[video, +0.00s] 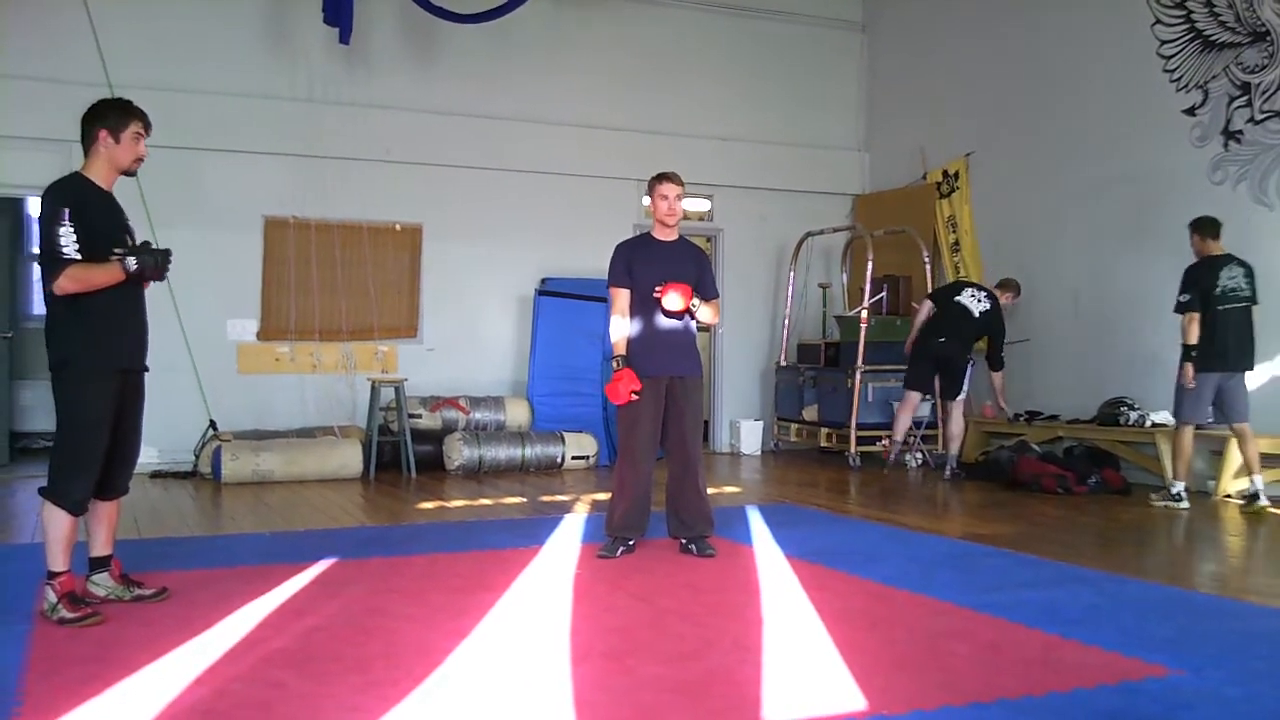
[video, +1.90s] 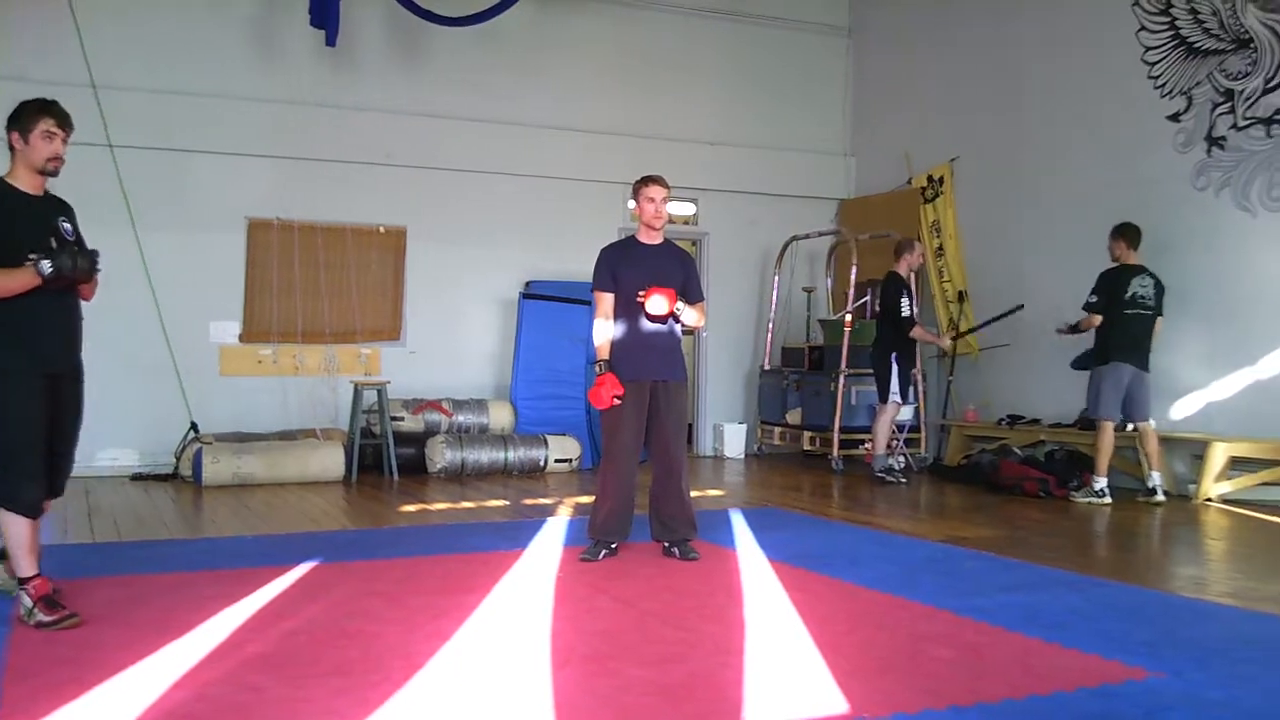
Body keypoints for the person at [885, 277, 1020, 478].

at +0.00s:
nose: (1009, 306)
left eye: (1011, 303)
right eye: (1012, 302)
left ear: (995, 285)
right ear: (1008, 297)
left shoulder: (963, 285)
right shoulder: (996, 316)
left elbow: (927, 302)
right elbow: (995, 363)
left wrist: (913, 335)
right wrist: (1000, 398)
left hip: (926, 344)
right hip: (956, 354)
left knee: (909, 400)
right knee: (955, 410)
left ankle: (892, 454)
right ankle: (951, 466)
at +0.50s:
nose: (981, 302)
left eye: (983, 298)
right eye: (983, 297)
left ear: (966, 282)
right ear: (977, 292)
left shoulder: (933, 285)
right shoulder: (965, 315)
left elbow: (899, 306)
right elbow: (964, 359)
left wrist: (892, 335)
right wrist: (967, 390)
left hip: (893, 345)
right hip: (921, 355)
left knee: (881, 399)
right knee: (925, 412)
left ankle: (863, 456)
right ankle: (923, 467)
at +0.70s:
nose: (957, 284)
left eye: (959, 280)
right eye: (958, 280)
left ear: (939, 269)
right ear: (951, 276)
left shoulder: (905, 282)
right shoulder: (940, 301)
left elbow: (879, 310)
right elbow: (940, 343)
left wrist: (880, 338)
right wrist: (948, 370)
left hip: (879, 346)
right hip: (905, 351)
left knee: (873, 404)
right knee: (913, 409)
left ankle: (861, 458)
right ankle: (912, 465)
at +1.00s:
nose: (933, 270)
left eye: (933, 266)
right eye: (931, 265)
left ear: (913, 262)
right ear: (920, 263)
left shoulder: (890, 284)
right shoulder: (911, 290)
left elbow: (885, 322)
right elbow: (915, 332)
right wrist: (936, 356)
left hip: (879, 352)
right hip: (898, 354)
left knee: (876, 407)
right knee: (915, 405)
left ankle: (869, 461)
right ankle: (916, 463)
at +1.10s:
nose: (958, 270)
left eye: (959, 265)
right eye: (956, 264)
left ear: (941, 262)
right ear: (944, 262)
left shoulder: (922, 283)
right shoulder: (932, 287)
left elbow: (922, 327)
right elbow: (934, 330)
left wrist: (952, 349)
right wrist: (959, 351)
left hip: (907, 352)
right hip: (923, 353)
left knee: (906, 407)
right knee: (941, 405)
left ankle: (899, 463)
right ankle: (942, 465)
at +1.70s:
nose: (953, 261)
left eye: (953, 256)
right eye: (950, 256)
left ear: (937, 257)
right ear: (937, 257)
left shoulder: (928, 283)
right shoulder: (927, 284)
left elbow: (936, 325)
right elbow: (939, 327)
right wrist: (971, 337)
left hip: (924, 353)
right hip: (923, 354)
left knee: (917, 408)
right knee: (925, 407)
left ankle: (911, 461)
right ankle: (911, 465)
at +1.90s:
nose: (921, 260)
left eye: (921, 255)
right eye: (919, 255)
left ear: (903, 257)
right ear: (907, 257)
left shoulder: (895, 282)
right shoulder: (898, 284)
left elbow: (903, 325)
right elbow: (909, 327)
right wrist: (938, 340)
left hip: (889, 351)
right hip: (892, 353)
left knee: (886, 406)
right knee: (892, 406)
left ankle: (880, 460)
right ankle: (880, 462)